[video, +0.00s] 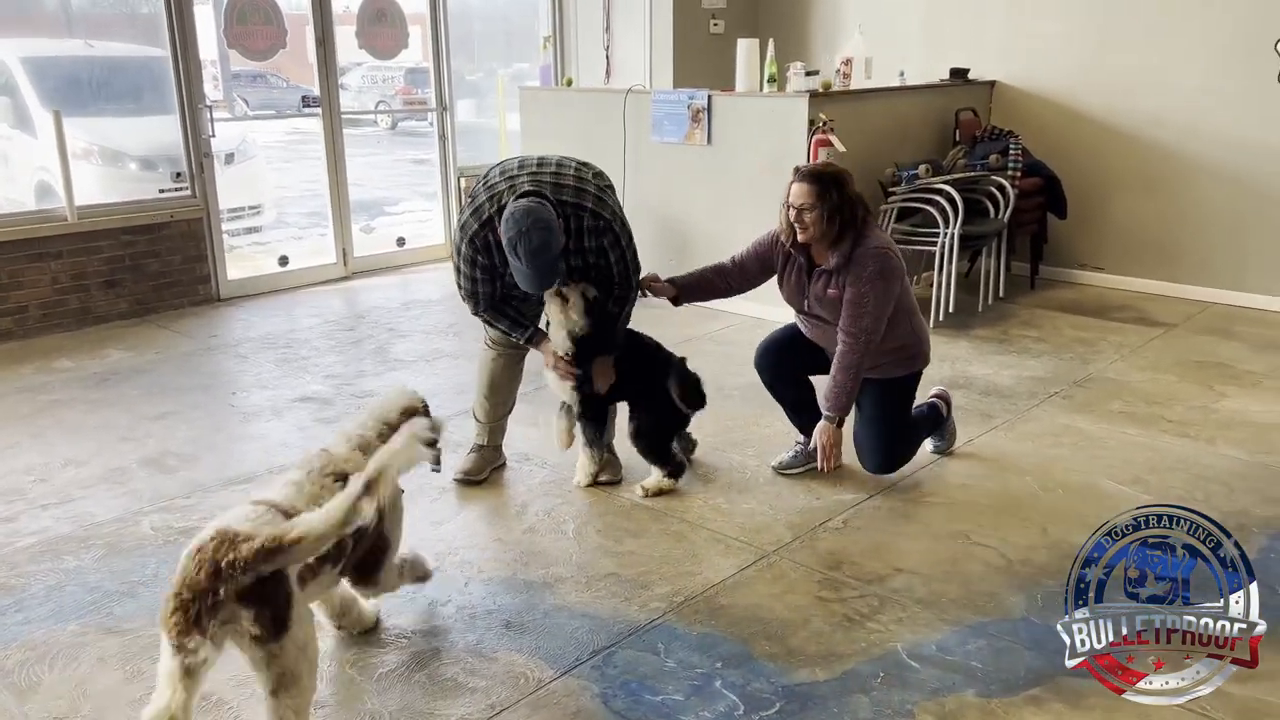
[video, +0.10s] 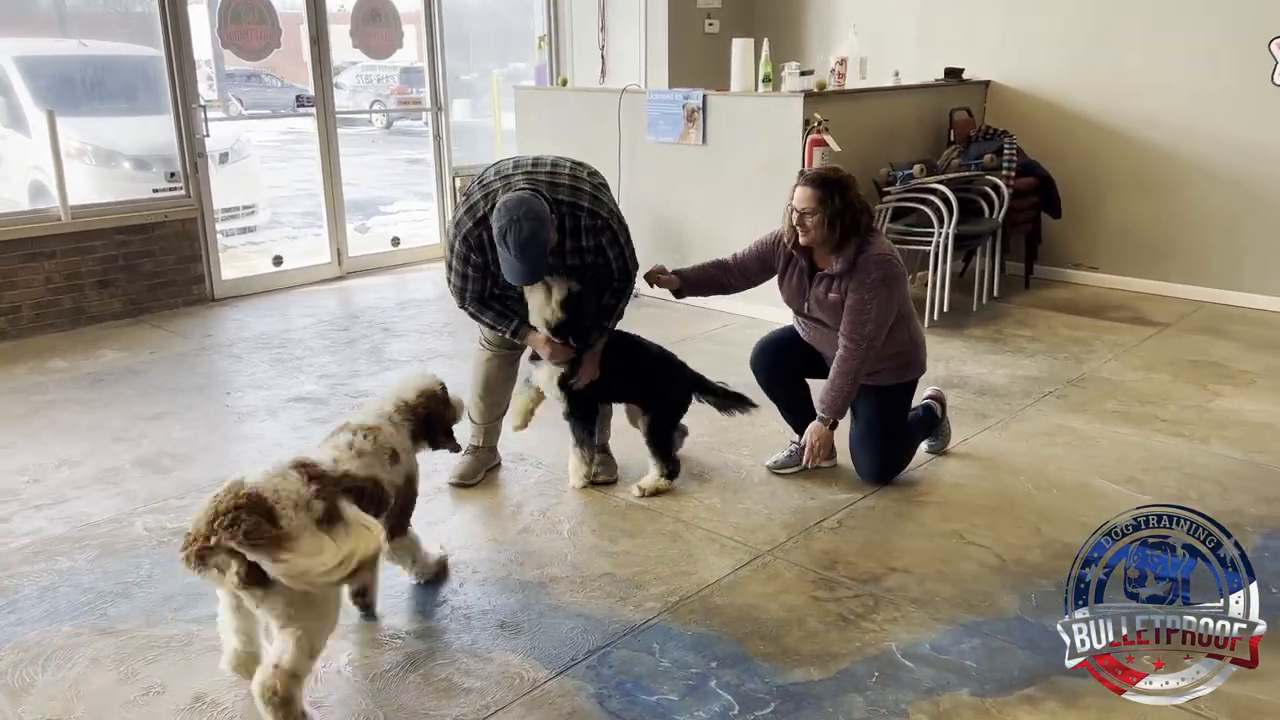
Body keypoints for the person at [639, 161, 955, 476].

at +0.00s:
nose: (796, 218)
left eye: (806, 210)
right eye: (791, 208)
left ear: (834, 210)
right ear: (786, 207)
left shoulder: (872, 259)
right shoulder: (787, 244)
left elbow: (854, 344)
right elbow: (735, 273)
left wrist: (833, 419)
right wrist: (674, 288)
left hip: (888, 353)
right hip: (831, 337)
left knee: (878, 459)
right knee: (772, 357)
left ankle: (938, 411)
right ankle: (813, 442)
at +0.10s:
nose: (797, 222)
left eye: (808, 214)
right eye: (794, 211)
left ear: (837, 214)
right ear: (789, 210)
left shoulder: (875, 264)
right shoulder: (788, 245)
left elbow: (855, 349)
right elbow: (736, 270)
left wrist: (826, 420)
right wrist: (680, 281)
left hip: (884, 360)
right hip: (828, 343)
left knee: (875, 469)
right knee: (768, 357)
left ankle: (932, 412)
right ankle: (811, 444)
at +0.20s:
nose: (799, 221)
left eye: (811, 214)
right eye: (797, 211)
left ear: (841, 216)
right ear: (793, 208)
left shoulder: (879, 267)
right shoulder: (792, 243)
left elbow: (855, 351)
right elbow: (741, 269)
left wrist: (814, 416)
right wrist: (690, 277)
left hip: (882, 362)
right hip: (827, 341)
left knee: (870, 469)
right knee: (765, 356)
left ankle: (928, 411)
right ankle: (809, 445)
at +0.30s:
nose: (804, 216)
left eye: (815, 208)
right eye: (802, 206)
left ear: (844, 212)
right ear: (798, 202)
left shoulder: (884, 265)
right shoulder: (796, 238)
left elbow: (862, 351)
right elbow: (753, 270)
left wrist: (809, 406)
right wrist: (708, 282)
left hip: (878, 364)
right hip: (822, 342)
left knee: (866, 469)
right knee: (759, 353)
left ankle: (925, 410)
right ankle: (805, 441)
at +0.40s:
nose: (805, 207)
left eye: (816, 202)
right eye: (804, 197)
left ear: (846, 204)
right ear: (800, 194)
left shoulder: (886, 259)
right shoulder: (797, 236)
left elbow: (872, 346)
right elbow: (761, 275)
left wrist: (811, 390)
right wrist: (730, 291)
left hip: (875, 363)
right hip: (819, 340)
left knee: (863, 468)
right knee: (753, 351)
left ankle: (923, 410)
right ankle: (799, 438)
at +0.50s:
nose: (804, 200)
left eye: (816, 194)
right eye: (803, 191)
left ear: (847, 197)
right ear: (799, 190)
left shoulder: (886, 254)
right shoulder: (799, 232)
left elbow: (882, 340)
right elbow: (773, 277)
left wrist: (812, 374)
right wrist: (744, 299)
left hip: (872, 360)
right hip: (815, 336)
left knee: (859, 468)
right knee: (749, 349)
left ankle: (919, 409)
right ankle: (796, 437)